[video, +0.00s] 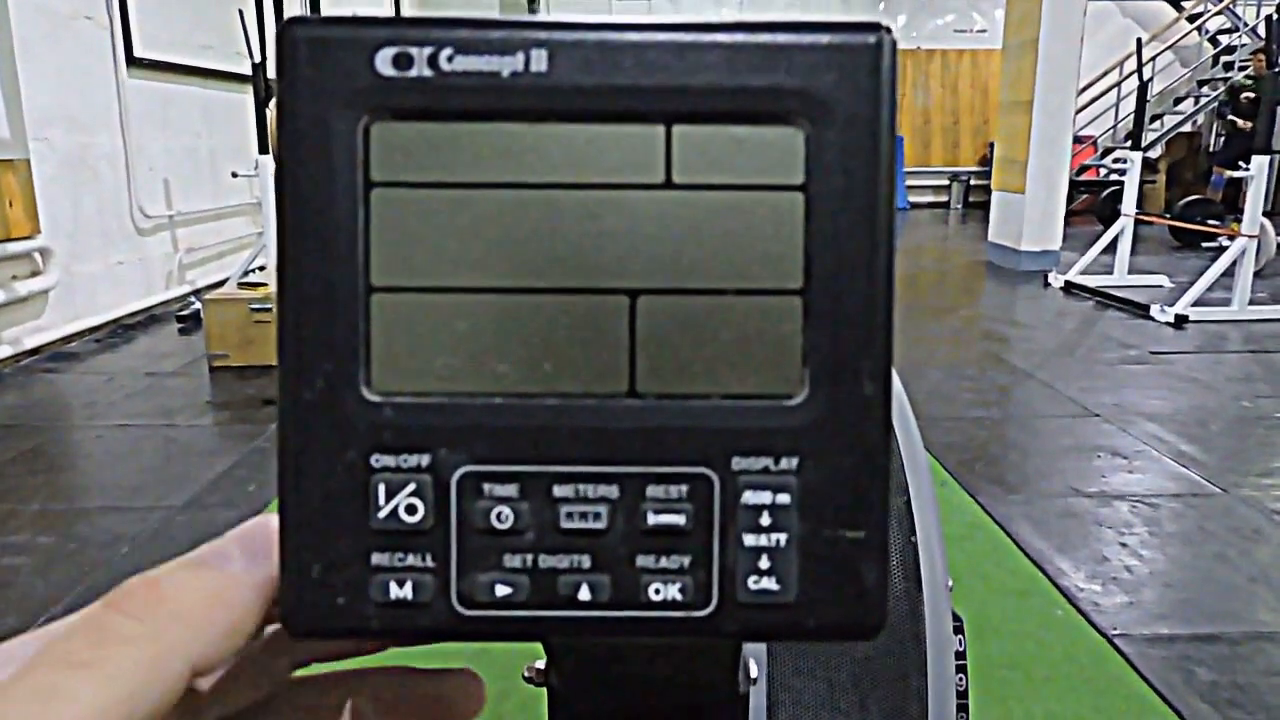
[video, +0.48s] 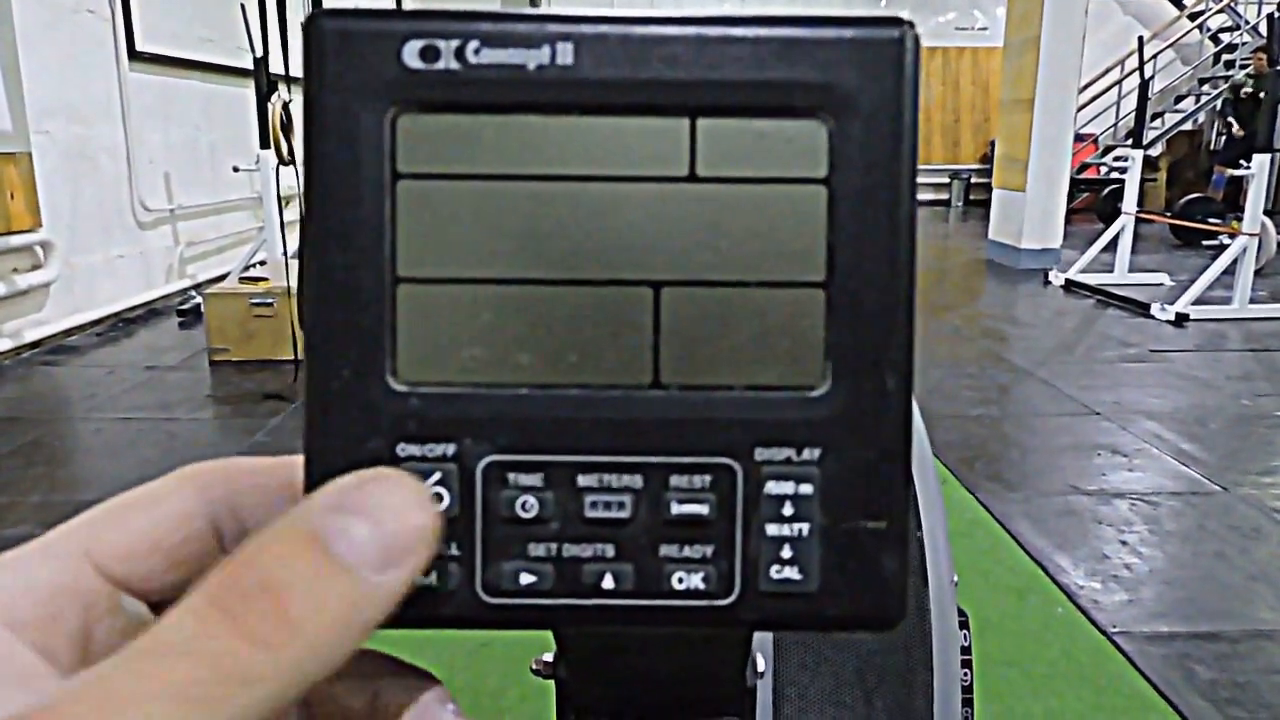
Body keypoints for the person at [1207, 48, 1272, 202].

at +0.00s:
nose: (1257, 64)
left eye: (1261, 61)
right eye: (1255, 61)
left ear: (1268, 63)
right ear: (1251, 63)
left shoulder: (1272, 85)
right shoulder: (1237, 84)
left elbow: (1273, 109)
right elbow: (1221, 108)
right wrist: (1235, 121)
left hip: (1259, 136)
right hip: (1236, 135)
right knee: (1220, 167)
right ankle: (1211, 209)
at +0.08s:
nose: (1258, 63)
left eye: (1262, 59)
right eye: (1256, 59)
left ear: (1268, 62)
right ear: (1251, 61)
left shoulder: (1272, 84)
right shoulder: (1237, 82)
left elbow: (1272, 110)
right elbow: (1221, 107)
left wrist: (1255, 125)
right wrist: (1234, 121)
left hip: (1259, 134)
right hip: (1237, 133)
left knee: (1256, 170)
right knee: (1220, 165)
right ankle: (1210, 207)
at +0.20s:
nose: (1258, 65)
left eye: (1261, 61)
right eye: (1255, 61)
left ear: (1268, 64)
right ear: (1251, 64)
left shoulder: (1271, 86)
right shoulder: (1237, 84)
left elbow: (1271, 114)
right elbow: (1223, 109)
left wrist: (1254, 131)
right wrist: (1233, 126)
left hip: (1259, 138)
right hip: (1236, 136)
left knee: (1254, 176)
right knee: (1220, 169)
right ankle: (1209, 211)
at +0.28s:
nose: (1258, 64)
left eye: (1261, 60)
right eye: (1256, 60)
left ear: (1268, 63)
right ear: (1251, 62)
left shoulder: (1272, 85)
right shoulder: (1237, 83)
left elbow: (1272, 114)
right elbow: (1224, 108)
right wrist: (1233, 127)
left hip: (1258, 139)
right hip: (1236, 137)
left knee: (1253, 176)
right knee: (1219, 168)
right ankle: (1209, 210)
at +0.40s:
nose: (1257, 64)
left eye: (1261, 60)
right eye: (1255, 60)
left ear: (1268, 63)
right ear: (1251, 62)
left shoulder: (1272, 84)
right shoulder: (1237, 83)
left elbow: (1273, 113)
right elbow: (1226, 108)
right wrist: (1235, 127)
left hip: (1259, 138)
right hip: (1238, 136)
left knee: (1255, 175)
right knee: (1220, 168)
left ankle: (1248, 213)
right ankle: (1210, 210)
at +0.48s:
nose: (1257, 63)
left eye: (1261, 59)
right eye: (1255, 59)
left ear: (1268, 62)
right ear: (1252, 60)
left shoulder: (1272, 82)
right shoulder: (1239, 80)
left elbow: (1273, 103)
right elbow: (1227, 104)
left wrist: (1256, 94)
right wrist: (1232, 123)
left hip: (1260, 134)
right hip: (1238, 132)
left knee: (1254, 171)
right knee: (1223, 166)